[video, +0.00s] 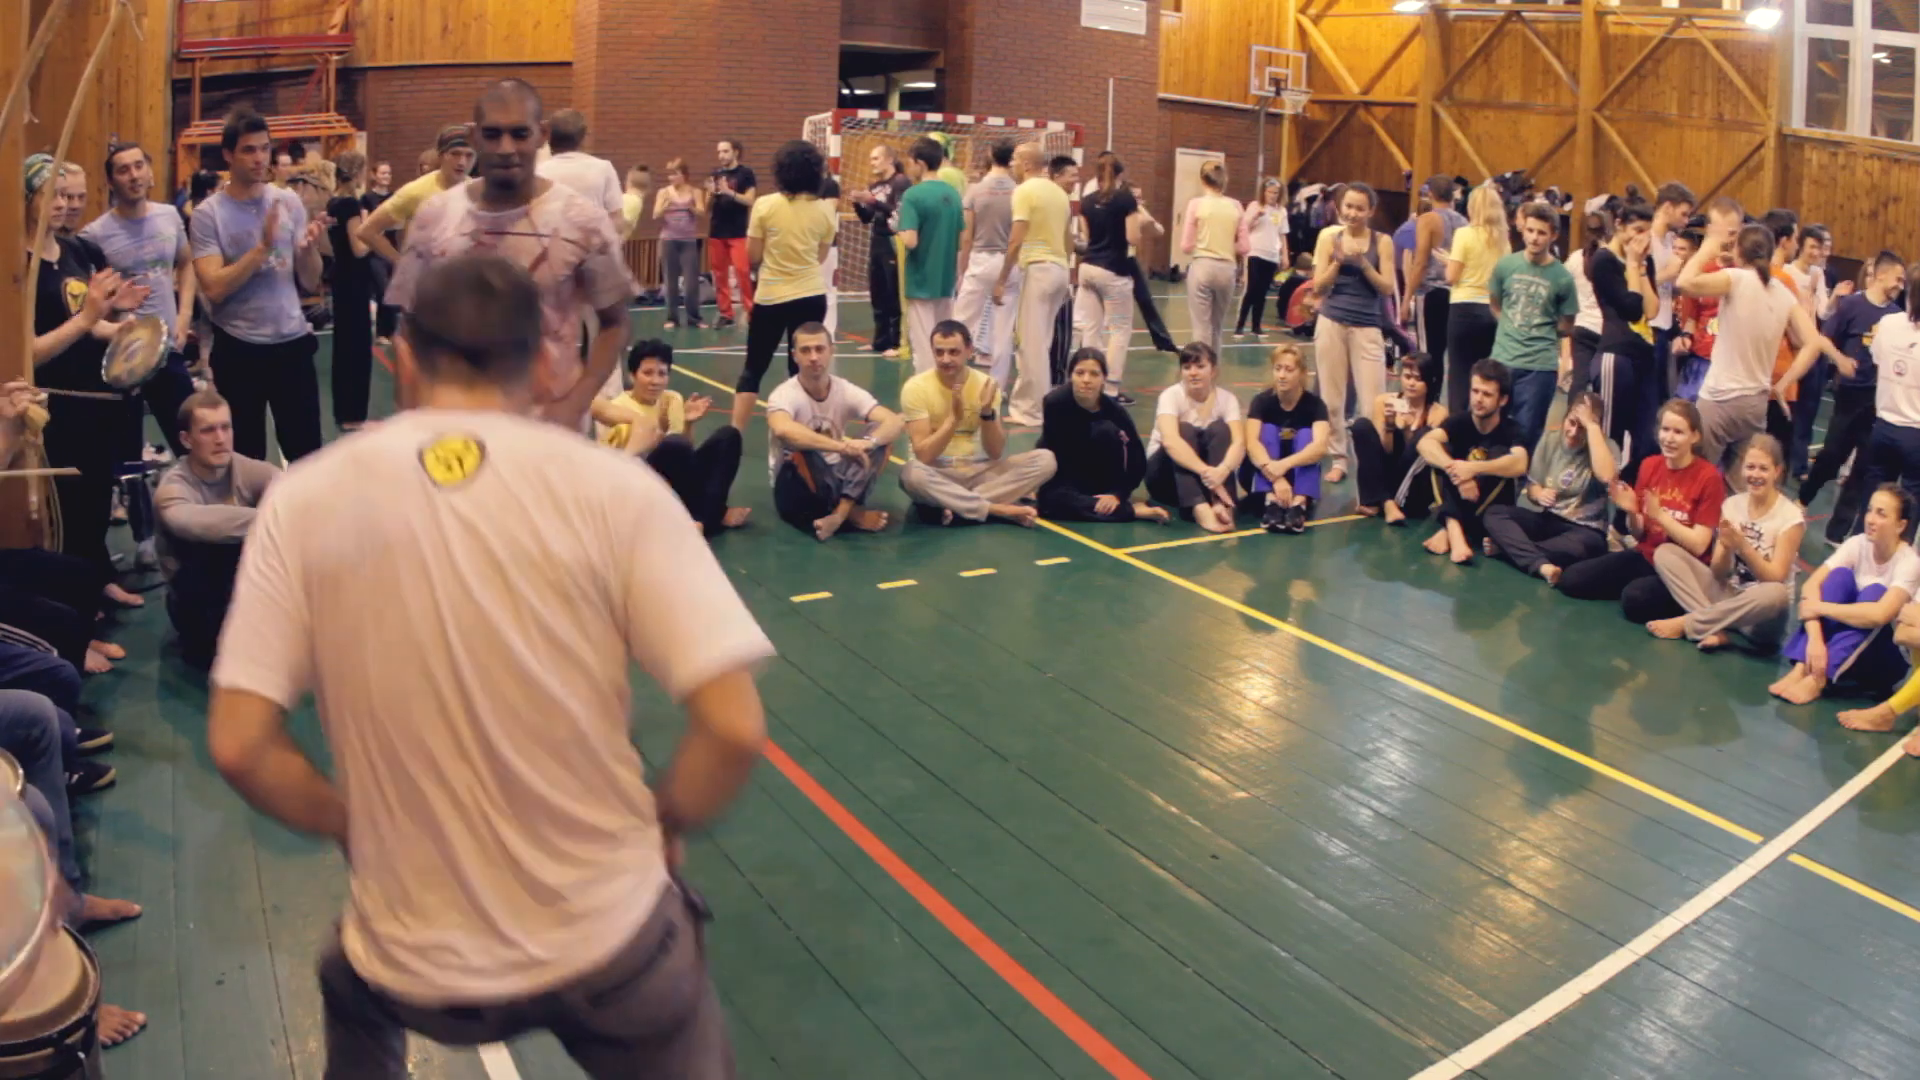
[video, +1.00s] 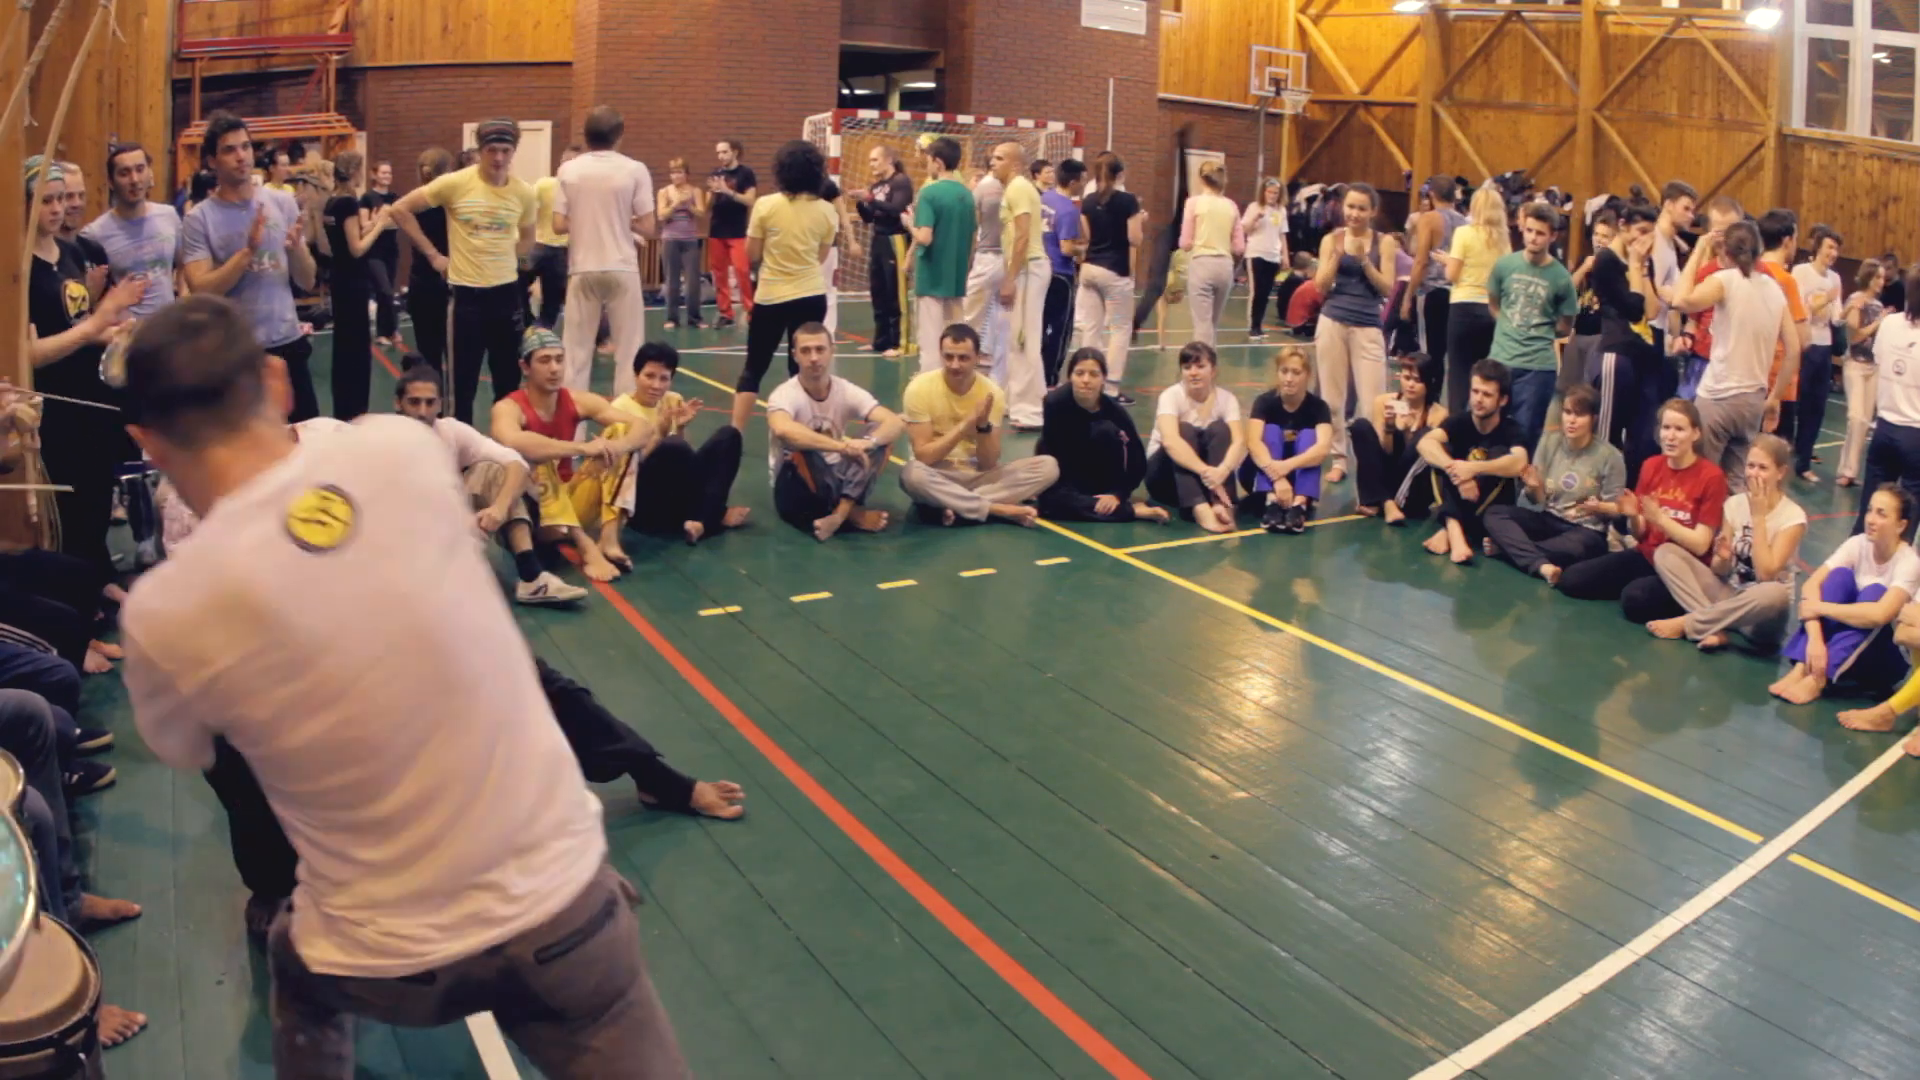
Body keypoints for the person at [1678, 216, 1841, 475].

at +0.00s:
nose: (1731, 253)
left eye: (1733, 248)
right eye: (1731, 247)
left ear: (1739, 252)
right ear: (1769, 255)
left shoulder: (1734, 278)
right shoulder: (1785, 295)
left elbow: (1685, 283)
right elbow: (1813, 343)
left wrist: (1709, 245)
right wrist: (1782, 385)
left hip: (1720, 397)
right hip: (1757, 402)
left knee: (1699, 477)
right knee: (1741, 483)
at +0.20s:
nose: (1727, 250)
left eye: (1731, 245)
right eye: (1728, 244)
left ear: (1736, 250)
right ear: (1764, 254)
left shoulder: (1727, 278)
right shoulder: (1780, 292)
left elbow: (1676, 284)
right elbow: (1815, 340)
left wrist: (1695, 251)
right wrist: (1801, 390)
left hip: (1716, 395)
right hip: (1754, 398)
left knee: (1702, 477)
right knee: (1736, 479)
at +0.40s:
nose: (1729, 249)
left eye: (1732, 245)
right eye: (1730, 244)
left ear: (1738, 250)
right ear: (1765, 254)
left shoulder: (1729, 278)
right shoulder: (1779, 293)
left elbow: (1677, 283)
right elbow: (1814, 342)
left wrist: (1698, 250)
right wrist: (1801, 393)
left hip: (1715, 395)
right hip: (1752, 399)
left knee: (1698, 476)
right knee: (1732, 478)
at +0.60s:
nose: (1728, 250)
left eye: (1732, 244)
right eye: (1728, 243)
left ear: (1740, 250)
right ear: (1767, 253)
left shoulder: (1731, 278)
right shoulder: (1781, 294)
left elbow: (1681, 279)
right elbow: (1807, 347)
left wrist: (1690, 238)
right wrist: (1788, 396)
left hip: (1716, 394)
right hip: (1753, 398)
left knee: (1701, 476)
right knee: (1732, 479)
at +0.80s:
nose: (1716, 259)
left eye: (1718, 253)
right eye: (1716, 252)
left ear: (1724, 255)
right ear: (1754, 253)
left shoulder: (1730, 278)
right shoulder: (1779, 291)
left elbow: (1679, 274)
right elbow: (1802, 349)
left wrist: (1712, 238)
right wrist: (1779, 395)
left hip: (1718, 395)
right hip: (1755, 397)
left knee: (1702, 479)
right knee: (1736, 483)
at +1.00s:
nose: (1718, 256)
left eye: (1718, 251)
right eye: (1718, 250)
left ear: (1725, 253)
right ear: (1757, 252)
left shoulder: (1724, 281)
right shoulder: (1774, 289)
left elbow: (1682, 300)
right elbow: (1794, 348)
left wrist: (1699, 251)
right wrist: (1775, 396)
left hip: (1717, 396)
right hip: (1755, 396)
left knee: (1702, 480)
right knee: (1739, 483)